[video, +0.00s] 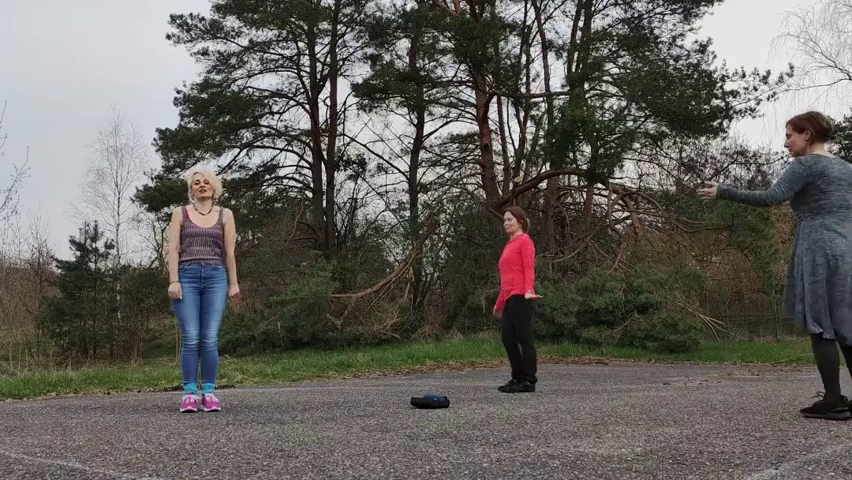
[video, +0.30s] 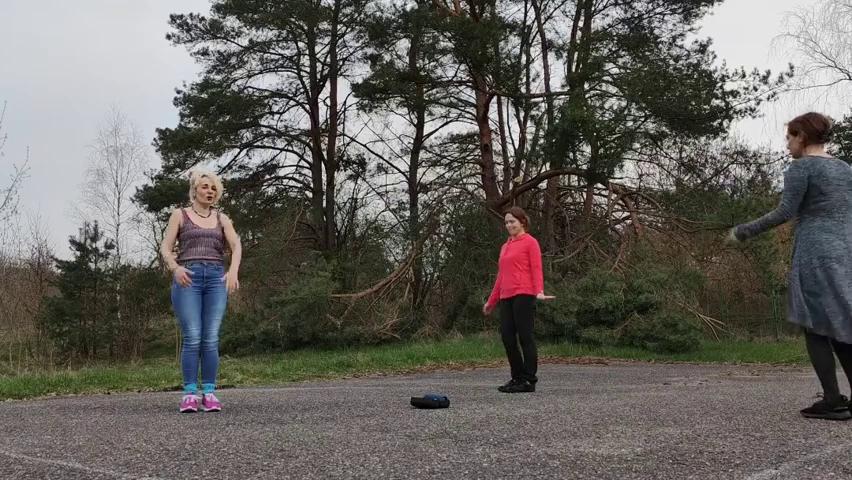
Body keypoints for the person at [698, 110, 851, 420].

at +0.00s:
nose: (786, 142)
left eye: (790, 135)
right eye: (786, 136)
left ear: (807, 134)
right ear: (814, 136)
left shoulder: (805, 165)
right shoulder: (845, 166)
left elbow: (770, 196)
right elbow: (844, 208)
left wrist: (724, 191)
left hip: (818, 249)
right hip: (847, 248)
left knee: (819, 323)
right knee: (842, 323)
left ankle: (833, 398)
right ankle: (843, 397)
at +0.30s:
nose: (787, 144)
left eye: (789, 138)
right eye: (787, 138)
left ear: (802, 137)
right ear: (820, 138)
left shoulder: (800, 167)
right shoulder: (844, 168)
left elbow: (785, 211)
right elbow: (841, 210)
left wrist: (744, 230)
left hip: (815, 254)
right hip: (846, 252)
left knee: (813, 327)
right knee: (841, 328)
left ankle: (833, 399)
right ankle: (849, 397)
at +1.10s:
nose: (784, 135)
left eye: (790, 130)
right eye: (784, 130)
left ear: (811, 132)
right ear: (813, 135)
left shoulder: (803, 164)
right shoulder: (837, 168)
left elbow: (798, 212)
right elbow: (847, 213)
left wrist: (776, 249)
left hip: (821, 248)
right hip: (845, 246)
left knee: (824, 323)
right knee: (841, 325)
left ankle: (833, 398)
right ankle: (839, 398)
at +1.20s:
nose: (788, 137)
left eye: (795, 130)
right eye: (786, 132)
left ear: (816, 133)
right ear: (813, 137)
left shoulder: (809, 164)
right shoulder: (831, 165)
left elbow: (806, 213)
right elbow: (838, 213)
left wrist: (788, 253)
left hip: (820, 249)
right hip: (840, 247)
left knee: (816, 324)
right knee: (835, 325)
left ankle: (833, 398)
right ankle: (837, 397)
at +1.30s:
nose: (791, 135)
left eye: (798, 129)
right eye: (788, 131)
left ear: (818, 134)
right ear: (787, 137)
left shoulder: (814, 165)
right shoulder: (824, 165)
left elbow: (817, 212)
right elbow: (830, 213)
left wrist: (807, 253)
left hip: (820, 253)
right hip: (832, 251)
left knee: (816, 326)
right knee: (833, 326)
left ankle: (833, 398)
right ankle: (836, 397)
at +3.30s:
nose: (745, 168)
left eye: (747, 164)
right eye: (745, 163)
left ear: (755, 165)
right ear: (775, 165)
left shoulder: (747, 194)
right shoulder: (791, 193)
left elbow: (748, 224)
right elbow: (799, 235)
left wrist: (752, 253)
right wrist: (788, 255)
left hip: (760, 265)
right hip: (790, 263)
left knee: (763, 329)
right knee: (786, 326)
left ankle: (778, 393)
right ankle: (811, 376)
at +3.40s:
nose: (737, 171)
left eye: (740, 167)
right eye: (738, 166)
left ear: (748, 169)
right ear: (768, 169)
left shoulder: (741, 196)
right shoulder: (782, 196)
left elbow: (739, 226)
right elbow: (799, 236)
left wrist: (737, 253)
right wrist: (800, 266)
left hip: (756, 270)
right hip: (785, 268)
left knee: (758, 332)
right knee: (779, 327)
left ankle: (779, 394)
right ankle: (798, 378)